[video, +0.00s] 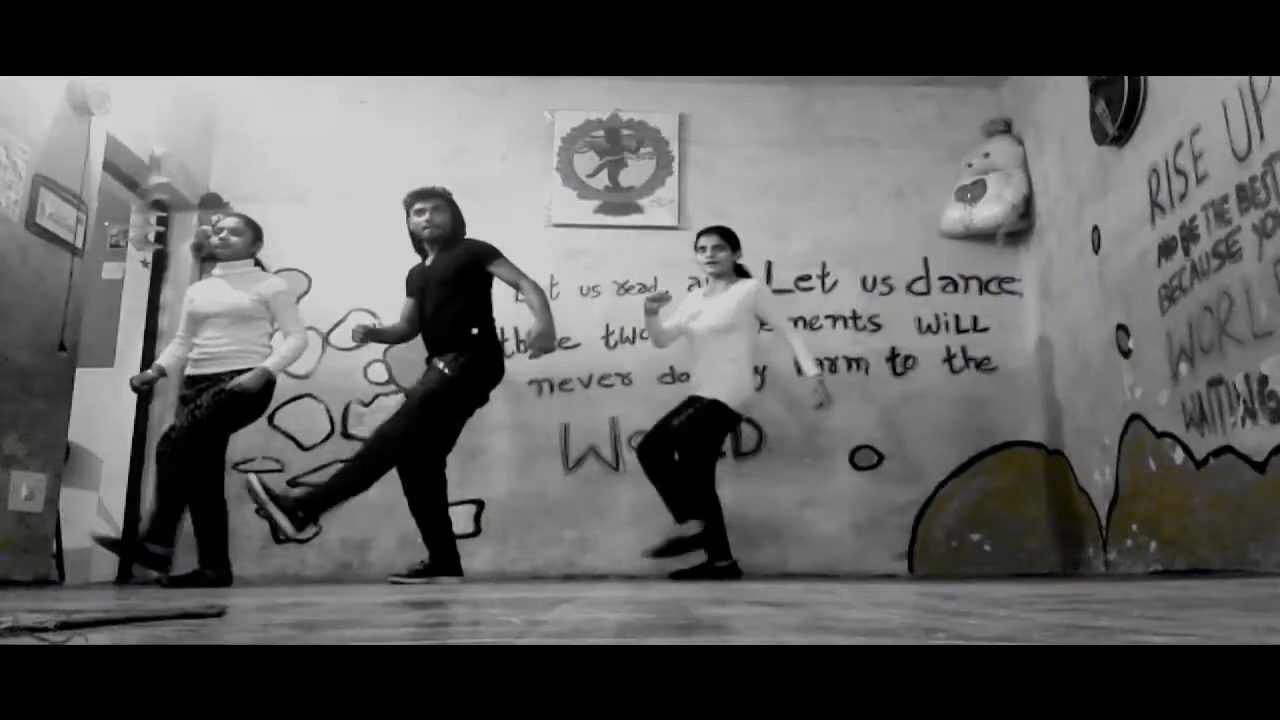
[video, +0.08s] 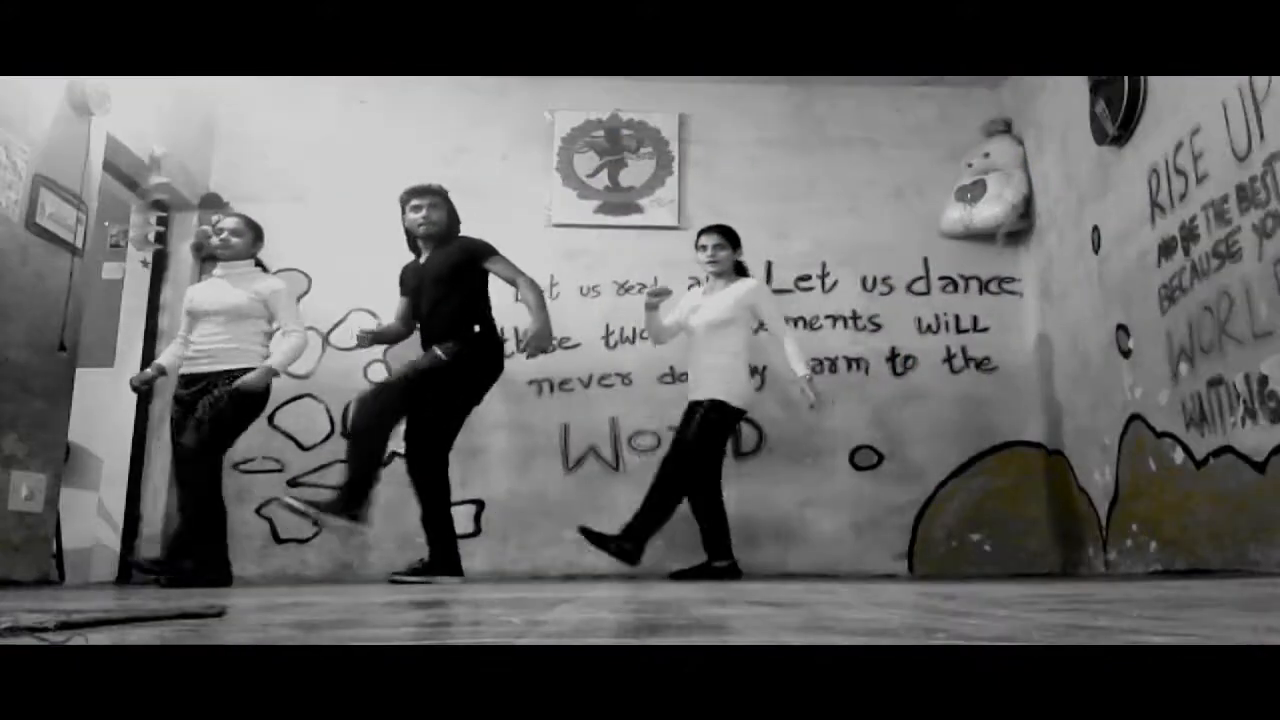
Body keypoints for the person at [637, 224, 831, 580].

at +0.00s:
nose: (710, 255)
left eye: (718, 249)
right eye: (703, 250)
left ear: (735, 254)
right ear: (697, 257)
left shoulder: (751, 291)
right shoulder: (696, 298)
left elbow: (790, 332)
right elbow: (661, 339)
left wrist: (814, 377)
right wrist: (651, 313)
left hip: (728, 392)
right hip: (703, 391)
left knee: (652, 448)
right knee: (697, 474)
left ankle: (690, 524)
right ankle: (720, 559)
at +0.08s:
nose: (710, 254)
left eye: (718, 248)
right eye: (704, 249)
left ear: (735, 253)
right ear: (697, 256)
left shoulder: (751, 289)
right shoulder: (695, 296)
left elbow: (783, 334)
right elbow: (659, 336)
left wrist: (803, 377)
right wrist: (651, 309)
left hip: (726, 395)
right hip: (699, 395)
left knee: (676, 468)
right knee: (702, 480)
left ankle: (630, 543)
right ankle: (721, 560)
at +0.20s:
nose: (711, 253)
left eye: (719, 247)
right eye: (704, 248)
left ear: (736, 252)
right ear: (698, 255)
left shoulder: (750, 288)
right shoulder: (698, 295)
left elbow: (789, 329)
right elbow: (654, 331)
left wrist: (813, 372)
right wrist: (652, 300)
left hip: (725, 392)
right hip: (704, 391)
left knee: (652, 452)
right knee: (702, 477)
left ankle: (673, 533)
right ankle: (721, 560)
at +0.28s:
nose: (727, 231)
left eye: (737, 223)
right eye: (718, 225)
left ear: (756, 230)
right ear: (711, 233)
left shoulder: (774, 273)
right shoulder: (708, 282)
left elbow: (817, 320)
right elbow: (659, 322)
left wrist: (853, 361)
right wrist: (657, 283)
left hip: (746, 400)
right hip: (719, 399)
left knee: (681, 484)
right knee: (719, 503)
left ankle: (645, 582)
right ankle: (737, 600)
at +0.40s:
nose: (729, 232)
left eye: (738, 224)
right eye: (721, 225)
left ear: (758, 230)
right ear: (713, 235)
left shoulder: (778, 272)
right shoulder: (712, 284)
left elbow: (826, 322)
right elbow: (667, 325)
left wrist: (870, 360)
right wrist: (663, 284)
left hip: (759, 399)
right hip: (725, 401)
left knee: (712, 493)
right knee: (700, 494)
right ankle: (723, 592)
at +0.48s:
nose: (734, 231)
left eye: (744, 224)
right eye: (725, 225)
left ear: (763, 230)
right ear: (718, 234)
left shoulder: (783, 273)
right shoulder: (712, 282)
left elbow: (835, 319)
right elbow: (672, 322)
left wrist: (884, 355)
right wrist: (673, 279)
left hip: (765, 399)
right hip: (723, 402)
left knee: (725, 495)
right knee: (715, 500)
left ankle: (759, 601)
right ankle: (735, 600)